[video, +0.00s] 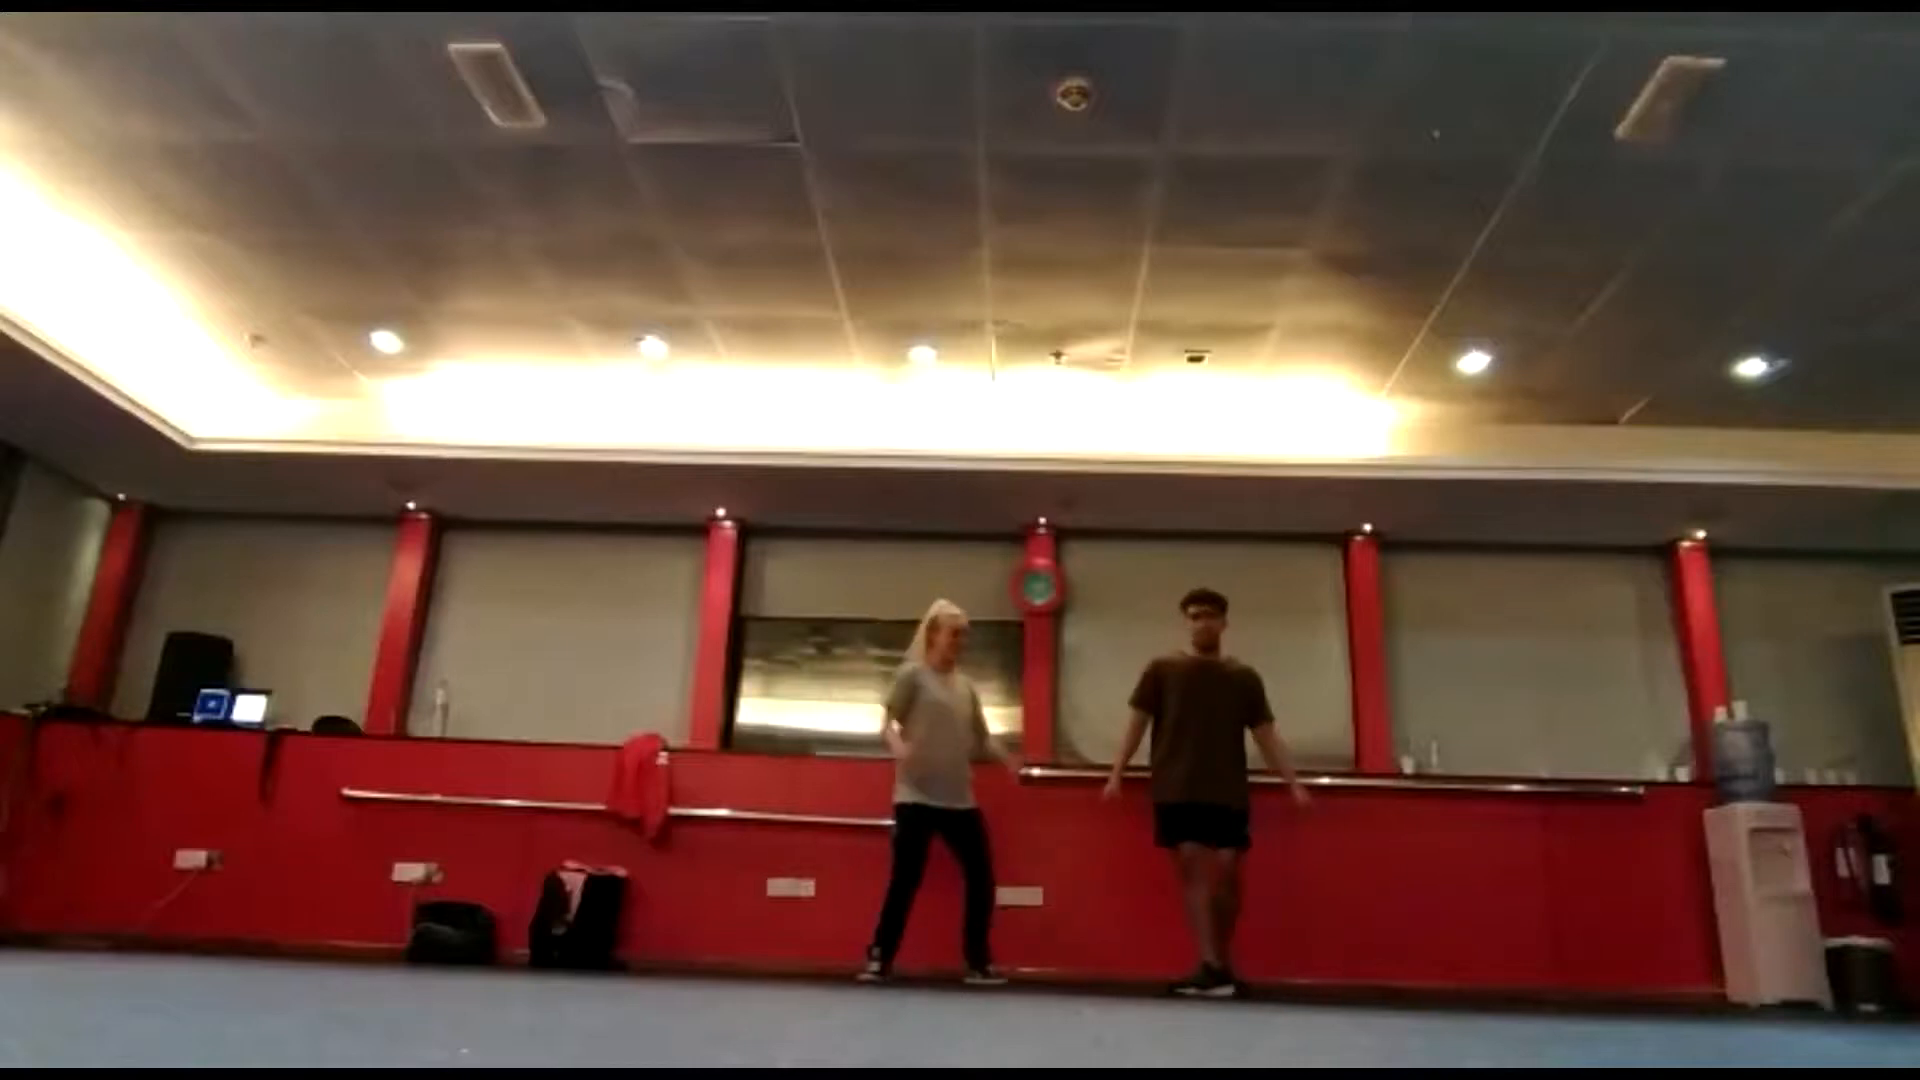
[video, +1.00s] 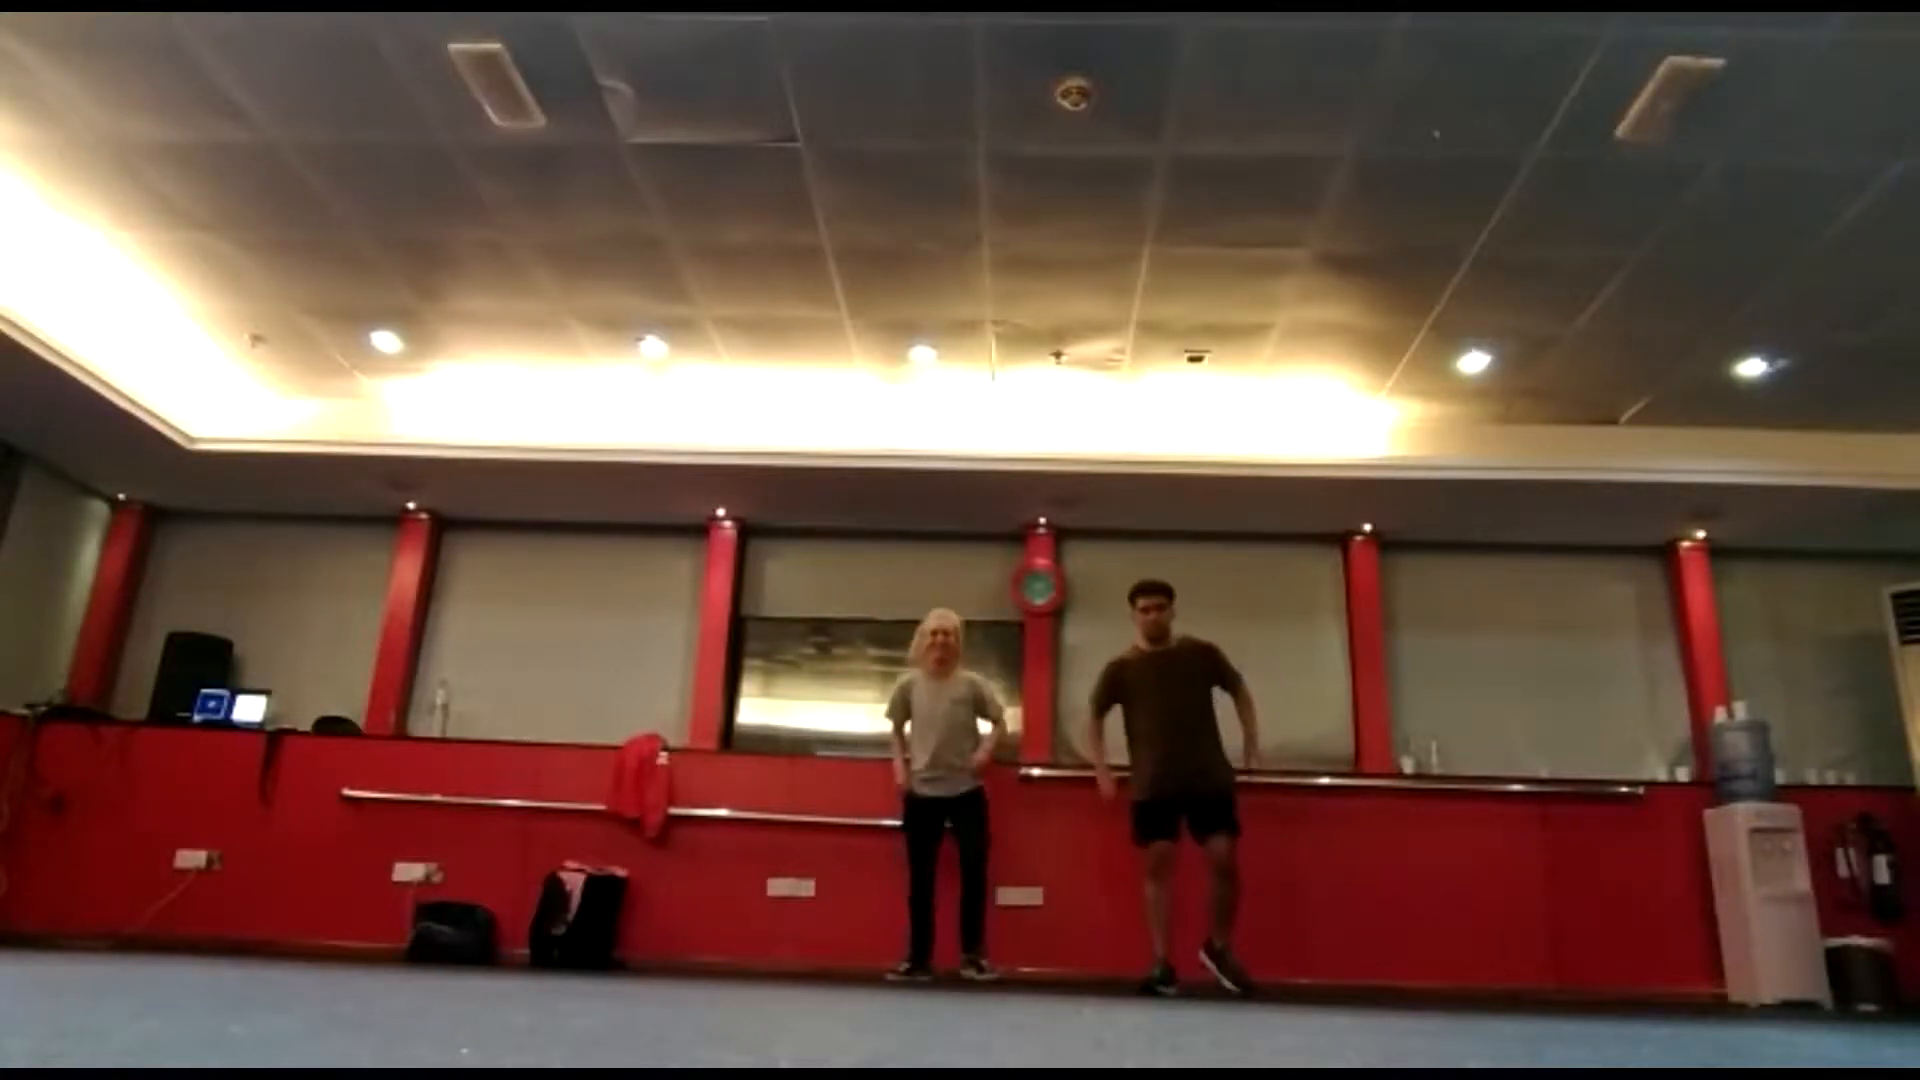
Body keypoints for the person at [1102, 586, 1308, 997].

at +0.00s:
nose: (1203, 624)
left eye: (1211, 617)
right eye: (1196, 617)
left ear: (1223, 622)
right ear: (1185, 622)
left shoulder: (1242, 678)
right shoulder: (1162, 672)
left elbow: (1266, 735)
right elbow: (1136, 725)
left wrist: (1293, 782)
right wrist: (1116, 773)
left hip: (1226, 791)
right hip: (1176, 790)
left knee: (1225, 873)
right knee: (1190, 868)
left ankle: (1219, 962)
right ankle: (1209, 964)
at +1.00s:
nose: (1153, 616)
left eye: (1159, 608)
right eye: (1145, 610)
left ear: (1172, 611)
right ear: (1133, 615)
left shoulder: (1202, 655)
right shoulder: (1121, 669)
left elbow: (1239, 692)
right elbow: (1095, 718)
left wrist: (1251, 746)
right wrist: (1101, 768)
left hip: (1207, 775)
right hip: (1154, 780)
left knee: (1222, 858)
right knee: (1156, 866)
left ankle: (1219, 946)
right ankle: (1161, 961)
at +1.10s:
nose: (1152, 617)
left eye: (1158, 608)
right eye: (1144, 609)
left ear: (1170, 611)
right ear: (1131, 614)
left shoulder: (1197, 653)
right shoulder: (1116, 667)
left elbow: (1234, 686)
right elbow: (1084, 713)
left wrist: (1250, 726)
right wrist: (1096, 766)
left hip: (1203, 775)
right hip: (1150, 780)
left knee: (1223, 852)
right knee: (1156, 864)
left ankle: (1223, 949)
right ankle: (1159, 964)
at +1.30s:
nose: (1152, 625)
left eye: (1158, 617)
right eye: (1144, 618)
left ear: (1169, 618)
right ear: (1131, 619)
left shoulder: (1189, 663)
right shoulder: (1109, 668)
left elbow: (1216, 703)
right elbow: (1079, 721)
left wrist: (1226, 733)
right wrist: (1107, 750)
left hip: (1193, 774)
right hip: (1144, 780)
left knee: (1211, 854)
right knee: (1153, 865)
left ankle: (1229, 965)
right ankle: (1159, 965)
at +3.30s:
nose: (1191, 669)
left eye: (1197, 664)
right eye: (1187, 662)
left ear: (1205, 657)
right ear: (1174, 648)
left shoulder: (1206, 678)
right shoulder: (1138, 675)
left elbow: (1218, 734)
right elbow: (1127, 731)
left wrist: (1223, 734)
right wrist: (1186, 718)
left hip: (1190, 786)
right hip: (1145, 788)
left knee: (1208, 867)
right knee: (1139, 858)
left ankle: (1191, 964)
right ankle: (1166, 958)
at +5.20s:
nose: (1144, 638)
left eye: (1150, 631)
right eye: (1136, 630)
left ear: (1159, 637)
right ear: (1121, 635)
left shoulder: (1171, 689)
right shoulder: (1095, 682)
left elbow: (1181, 747)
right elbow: (1071, 737)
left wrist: (1182, 800)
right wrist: (1110, 777)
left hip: (1151, 791)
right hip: (1104, 789)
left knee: (1160, 867)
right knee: (1093, 852)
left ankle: (1138, 961)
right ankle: (1102, 954)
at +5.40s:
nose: (1148, 631)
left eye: (1156, 625)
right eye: (1142, 623)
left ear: (1165, 631)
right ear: (1128, 626)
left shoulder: (1177, 681)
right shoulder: (1097, 671)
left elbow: (1205, 729)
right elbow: (1065, 717)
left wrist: (1203, 778)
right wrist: (1095, 761)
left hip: (1153, 788)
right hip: (1104, 784)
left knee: (1151, 869)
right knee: (1093, 861)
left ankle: (1136, 962)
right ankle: (1094, 943)